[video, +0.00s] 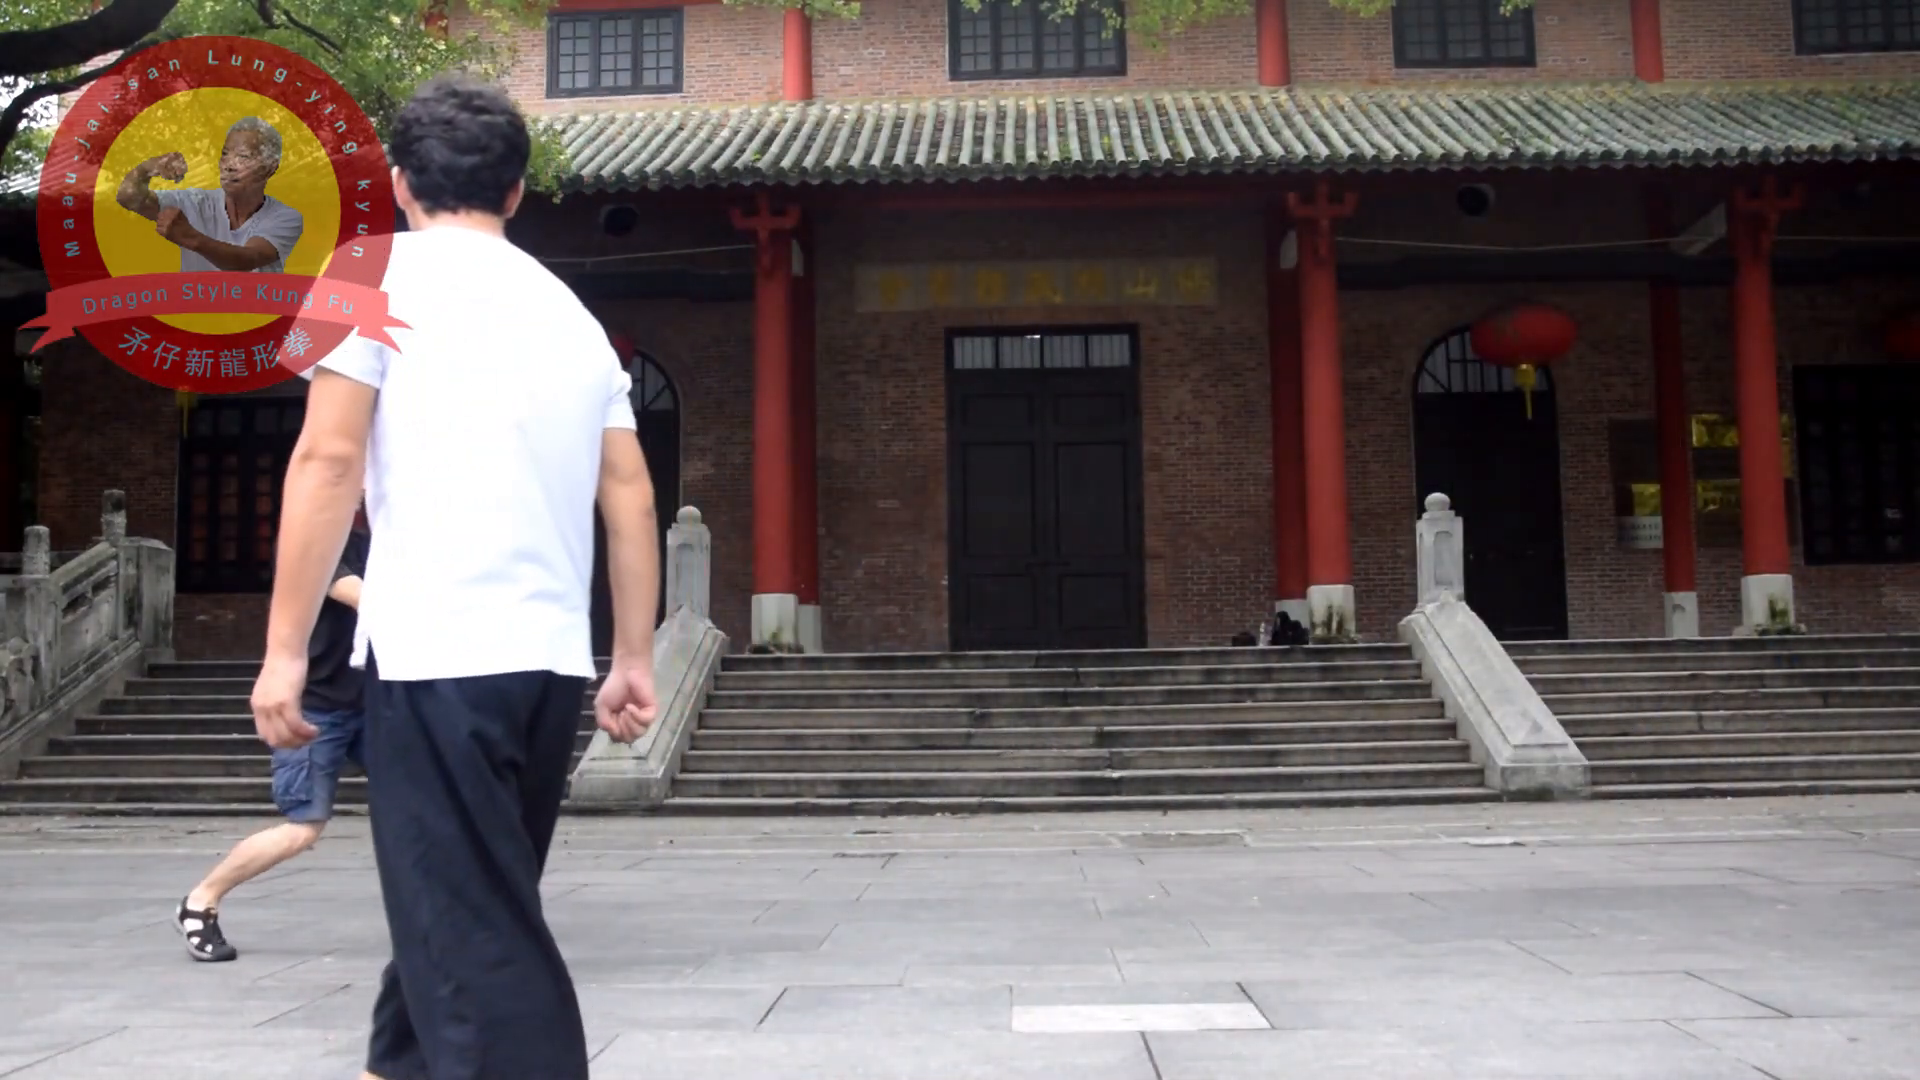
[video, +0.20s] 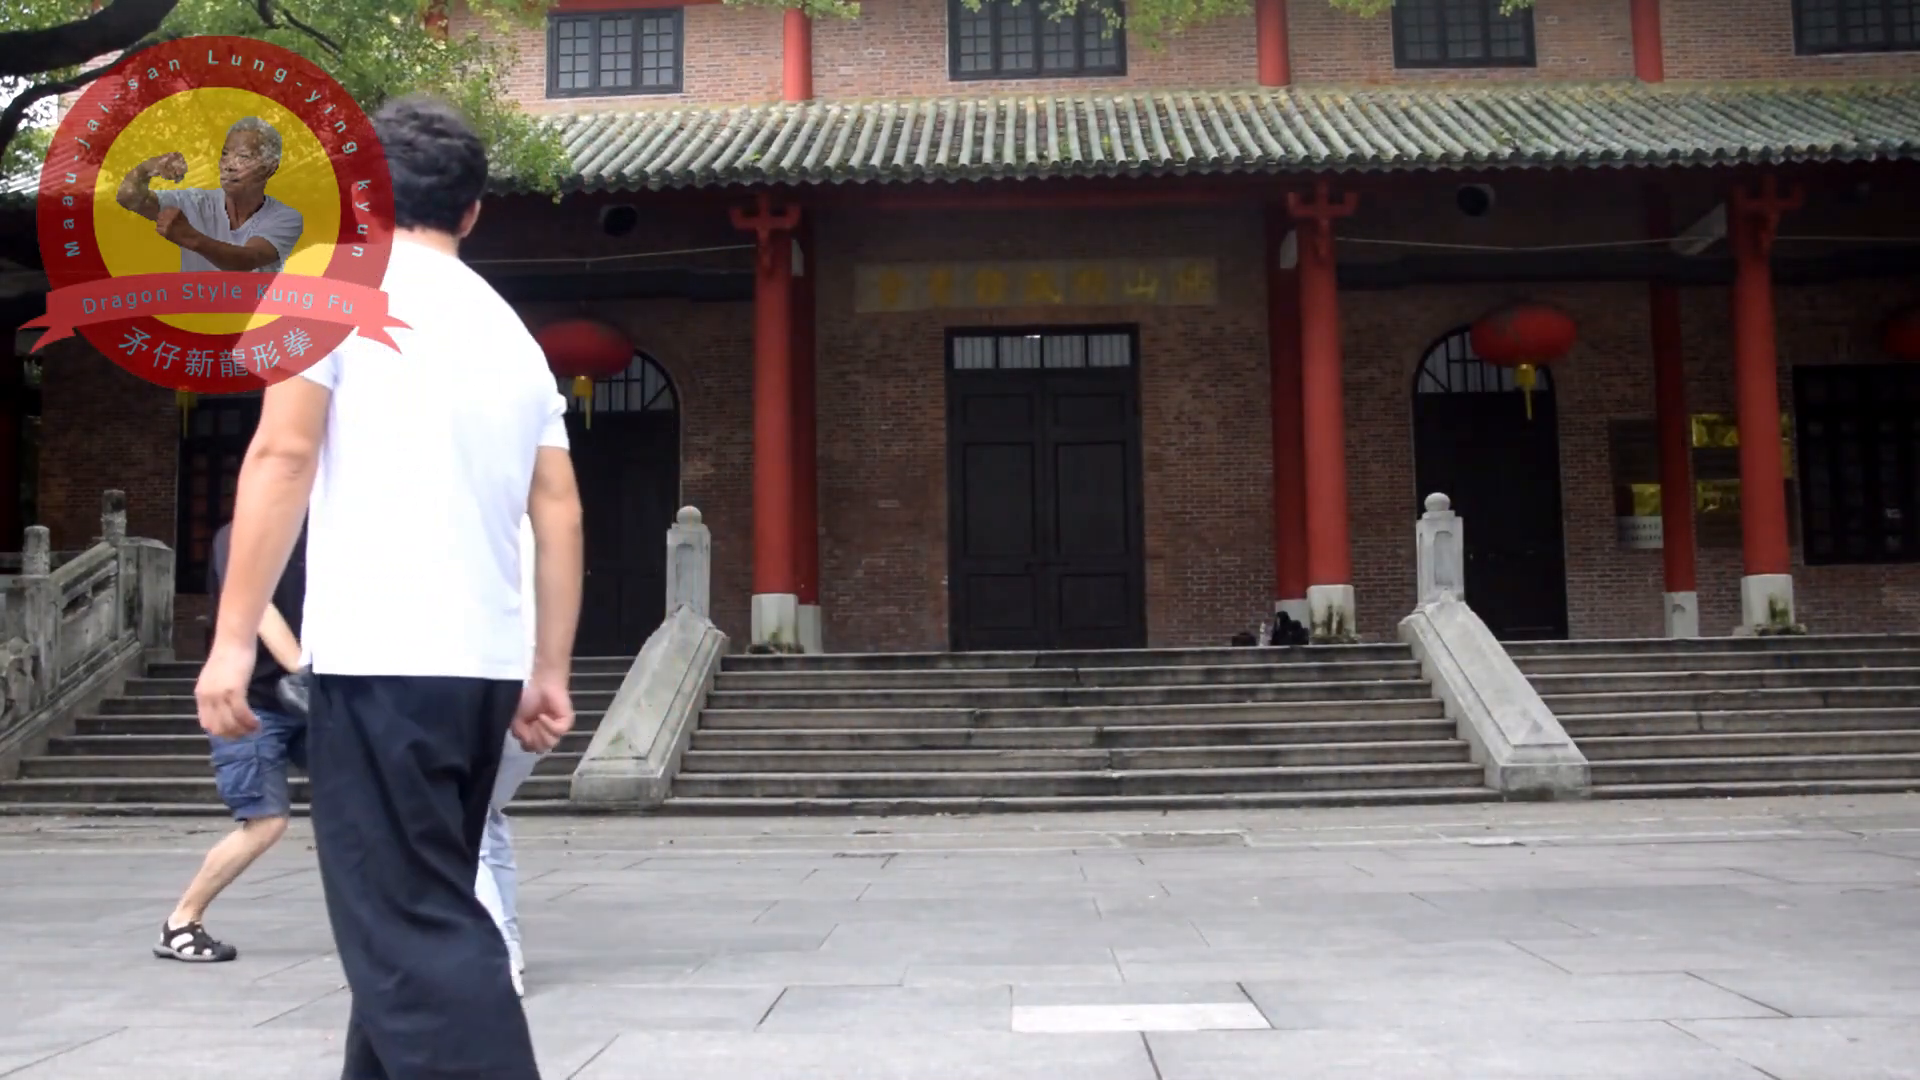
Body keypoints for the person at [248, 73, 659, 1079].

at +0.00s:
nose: (396, 194)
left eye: (397, 181)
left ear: (402, 186)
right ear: (515, 193)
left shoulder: (385, 273)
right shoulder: (576, 320)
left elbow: (330, 456)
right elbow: (628, 489)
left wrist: (284, 649)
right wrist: (635, 654)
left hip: (434, 672)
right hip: (556, 673)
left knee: (474, 943)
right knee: (453, 932)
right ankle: (404, 1065)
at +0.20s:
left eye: (350, 191)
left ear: (361, 194)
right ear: (471, 215)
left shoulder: (331, 284)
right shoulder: (514, 337)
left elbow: (285, 453)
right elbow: (557, 505)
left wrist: (232, 637)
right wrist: (551, 667)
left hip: (377, 669)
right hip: (488, 673)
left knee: (405, 933)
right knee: (421, 927)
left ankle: (494, 1069)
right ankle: (379, 1078)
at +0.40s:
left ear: (334, 204)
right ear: (439, 229)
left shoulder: (294, 290)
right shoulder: (476, 348)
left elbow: (236, 452)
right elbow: (511, 518)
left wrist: (178, 621)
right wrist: (483, 661)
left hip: (333, 657)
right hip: (446, 664)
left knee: (308, 900)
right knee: (411, 902)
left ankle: (454, 1070)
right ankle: (392, 1069)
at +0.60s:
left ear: (322, 221)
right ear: (415, 242)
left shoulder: (260, 297)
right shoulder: (448, 351)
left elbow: (207, 450)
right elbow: (486, 521)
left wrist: (157, 608)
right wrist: (460, 661)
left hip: (296, 656)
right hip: (421, 666)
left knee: (237, 886)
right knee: (391, 903)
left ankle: (355, 1066)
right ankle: (390, 1074)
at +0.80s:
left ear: (291, 239)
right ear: (378, 257)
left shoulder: (231, 300)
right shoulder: (429, 356)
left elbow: (182, 457)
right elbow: (469, 513)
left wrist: (147, 614)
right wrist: (454, 663)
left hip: (266, 648)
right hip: (401, 658)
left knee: (193, 892)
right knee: (379, 905)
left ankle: (176, 1063)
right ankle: (377, 1068)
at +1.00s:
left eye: (190, 255)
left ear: (222, 242)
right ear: (319, 249)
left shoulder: (184, 311)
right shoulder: (393, 352)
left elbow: (149, 465)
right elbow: (444, 512)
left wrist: (120, 628)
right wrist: (437, 665)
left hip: (227, 647)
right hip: (367, 655)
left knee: (143, 897)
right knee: (364, 902)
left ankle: (83, 1067)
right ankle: (367, 1066)